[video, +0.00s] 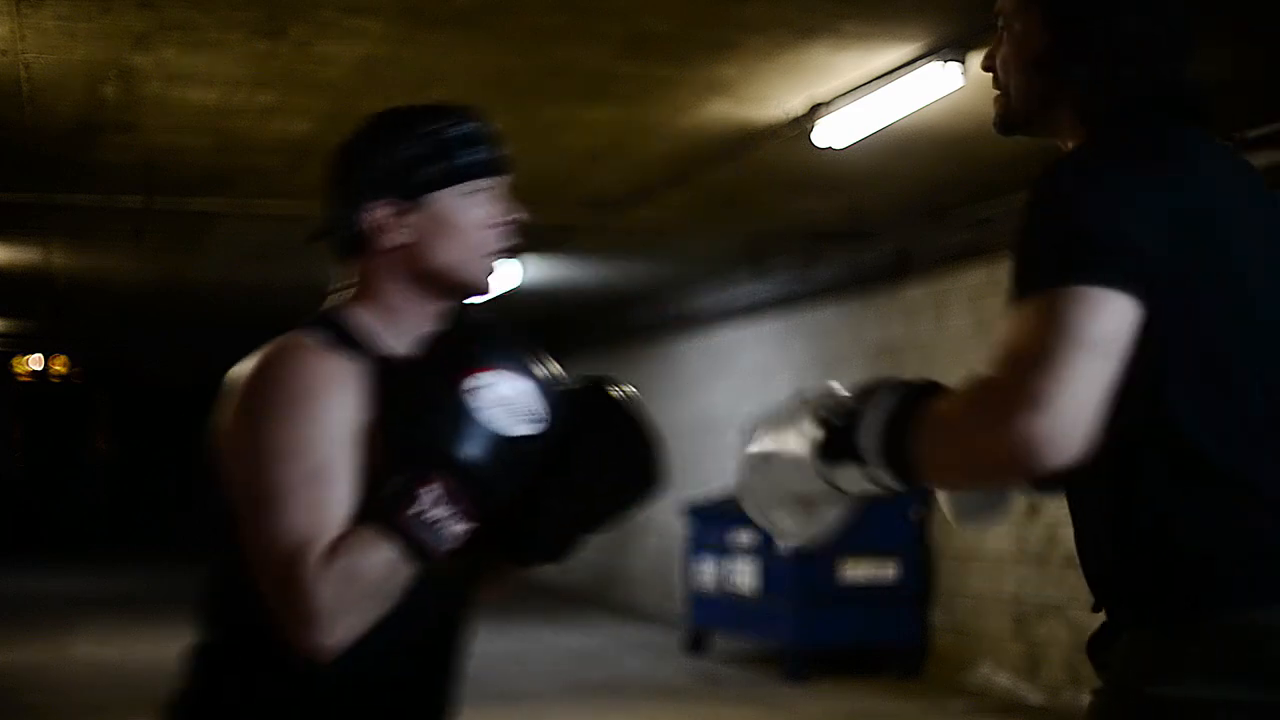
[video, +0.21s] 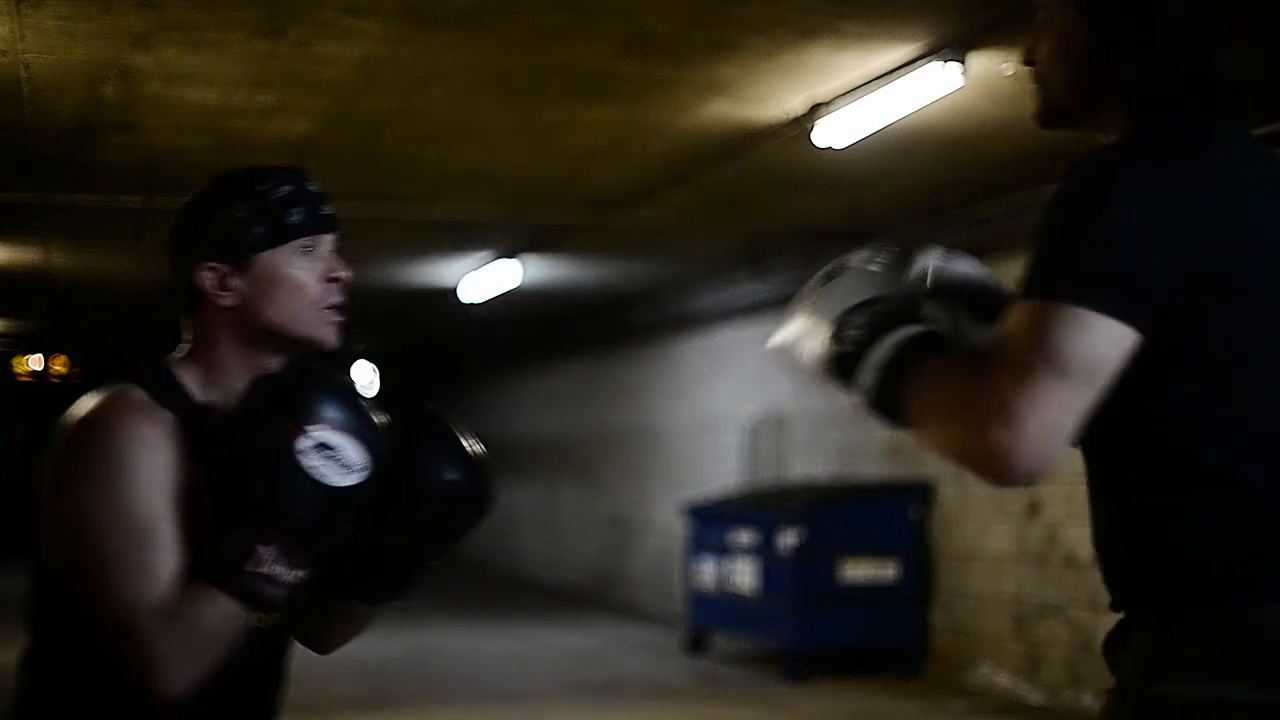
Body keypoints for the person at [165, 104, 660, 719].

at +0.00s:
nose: (512, 216)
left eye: (503, 194)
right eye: (481, 195)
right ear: (390, 224)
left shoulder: (449, 369)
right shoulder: (302, 375)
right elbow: (317, 615)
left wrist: (547, 499)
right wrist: (459, 483)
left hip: (399, 709)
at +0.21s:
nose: (343, 273)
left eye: (334, 252)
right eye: (309, 251)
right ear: (221, 283)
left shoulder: (280, 420)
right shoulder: (121, 430)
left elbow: (321, 632)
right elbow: (162, 665)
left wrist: (398, 528)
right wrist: (281, 528)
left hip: (230, 719)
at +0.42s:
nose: (339, 266)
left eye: (334, 246)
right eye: (308, 243)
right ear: (221, 267)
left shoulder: (272, 397)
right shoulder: (133, 389)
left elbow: (367, 599)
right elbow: (208, 603)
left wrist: (408, 458)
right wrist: (301, 445)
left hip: (216, 706)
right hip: (99, 713)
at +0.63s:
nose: (365, 312)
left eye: (358, 287)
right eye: (337, 287)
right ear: (249, 302)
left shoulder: (263, 424)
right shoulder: (151, 428)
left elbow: (341, 615)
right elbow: (230, 648)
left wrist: (400, 487)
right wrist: (323, 494)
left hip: (212, 715)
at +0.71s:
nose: (334, 297)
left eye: (329, 269)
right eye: (300, 270)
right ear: (213, 291)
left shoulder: (282, 412)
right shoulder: (100, 425)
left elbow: (376, 588)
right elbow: (169, 650)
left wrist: (397, 448)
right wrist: (254, 488)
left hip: (251, 709)